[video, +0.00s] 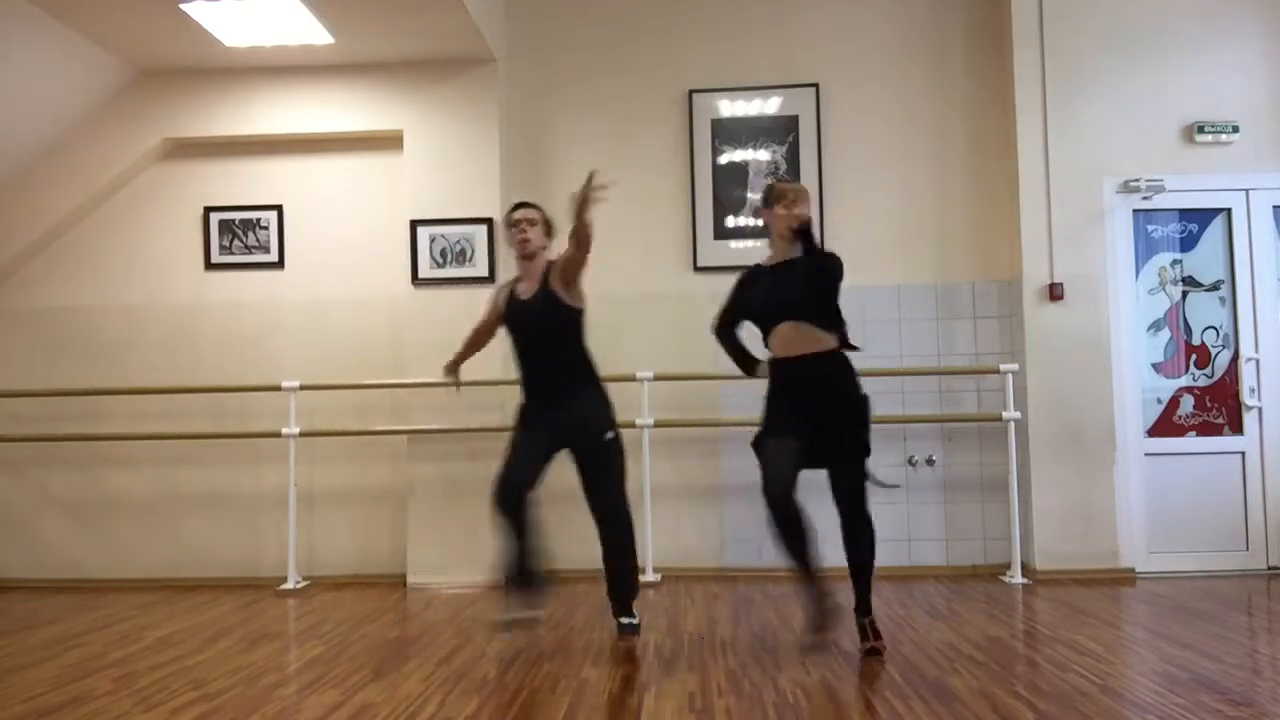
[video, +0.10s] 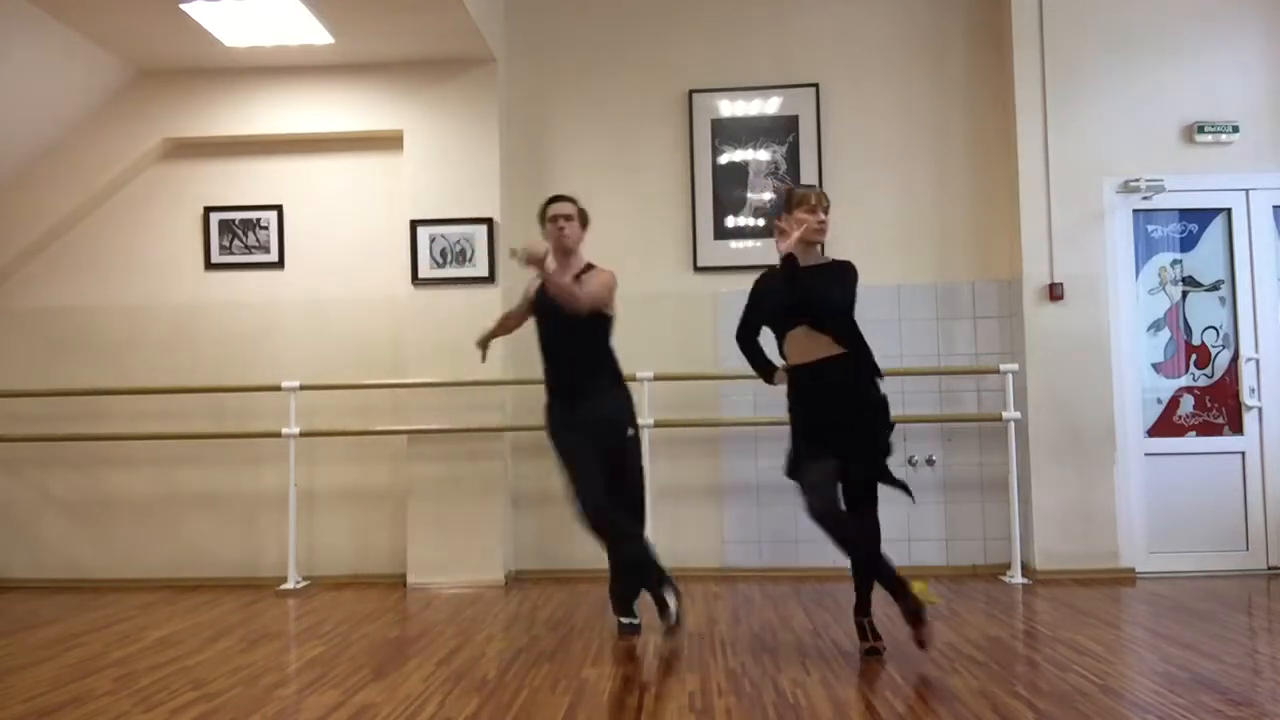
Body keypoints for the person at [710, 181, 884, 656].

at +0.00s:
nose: (795, 211)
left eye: (801, 204)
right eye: (785, 203)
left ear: (809, 216)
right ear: (766, 216)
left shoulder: (825, 265)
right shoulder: (754, 278)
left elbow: (826, 279)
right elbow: (723, 327)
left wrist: (806, 232)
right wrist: (751, 365)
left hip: (836, 388)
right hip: (787, 391)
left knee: (851, 502)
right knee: (777, 492)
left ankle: (864, 612)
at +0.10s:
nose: (817, 218)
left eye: (822, 211)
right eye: (807, 210)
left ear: (828, 222)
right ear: (783, 223)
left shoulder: (841, 270)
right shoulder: (770, 282)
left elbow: (829, 316)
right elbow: (745, 336)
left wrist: (790, 257)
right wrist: (772, 373)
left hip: (856, 393)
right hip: (809, 400)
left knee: (862, 507)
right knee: (822, 507)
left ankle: (863, 614)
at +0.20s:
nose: (827, 219)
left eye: (831, 213)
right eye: (817, 212)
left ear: (836, 225)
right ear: (792, 224)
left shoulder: (850, 272)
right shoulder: (776, 283)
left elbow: (837, 320)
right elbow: (753, 339)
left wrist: (792, 266)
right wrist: (780, 376)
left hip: (867, 394)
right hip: (818, 402)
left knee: (869, 513)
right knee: (853, 514)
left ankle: (864, 615)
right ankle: (925, 608)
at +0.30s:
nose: (831, 219)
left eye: (835, 213)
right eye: (821, 212)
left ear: (840, 224)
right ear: (796, 224)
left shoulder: (854, 273)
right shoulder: (781, 283)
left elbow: (840, 319)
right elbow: (757, 339)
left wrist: (797, 265)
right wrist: (785, 376)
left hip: (873, 393)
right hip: (824, 403)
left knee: (875, 513)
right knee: (862, 516)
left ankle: (865, 614)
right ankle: (932, 607)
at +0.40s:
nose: (837, 220)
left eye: (840, 213)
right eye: (827, 213)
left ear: (845, 223)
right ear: (802, 224)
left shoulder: (860, 272)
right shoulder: (786, 282)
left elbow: (846, 317)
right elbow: (763, 339)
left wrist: (803, 267)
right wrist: (793, 376)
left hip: (881, 395)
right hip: (831, 403)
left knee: (876, 514)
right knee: (865, 515)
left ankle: (866, 615)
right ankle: (934, 608)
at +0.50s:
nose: (841, 218)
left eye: (845, 213)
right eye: (830, 211)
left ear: (851, 223)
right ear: (807, 222)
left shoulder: (865, 271)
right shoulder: (790, 283)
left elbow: (855, 315)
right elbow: (767, 338)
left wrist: (805, 269)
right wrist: (795, 373)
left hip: (884, 395)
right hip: (833, 402)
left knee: (878, 514)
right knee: (870, 514)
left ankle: (866, 616)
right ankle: (932, 605)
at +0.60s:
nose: (849, 218)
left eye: (853, 212)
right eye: (838, 211)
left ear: (857, 222)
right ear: (816, 219)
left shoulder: (868, 264)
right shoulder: (798, 278)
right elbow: (774, 334)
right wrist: (796, 370)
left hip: (884, 388)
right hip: (834, 395)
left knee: (879, 505)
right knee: (858, 496)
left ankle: (865, 615)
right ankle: (940, 543)